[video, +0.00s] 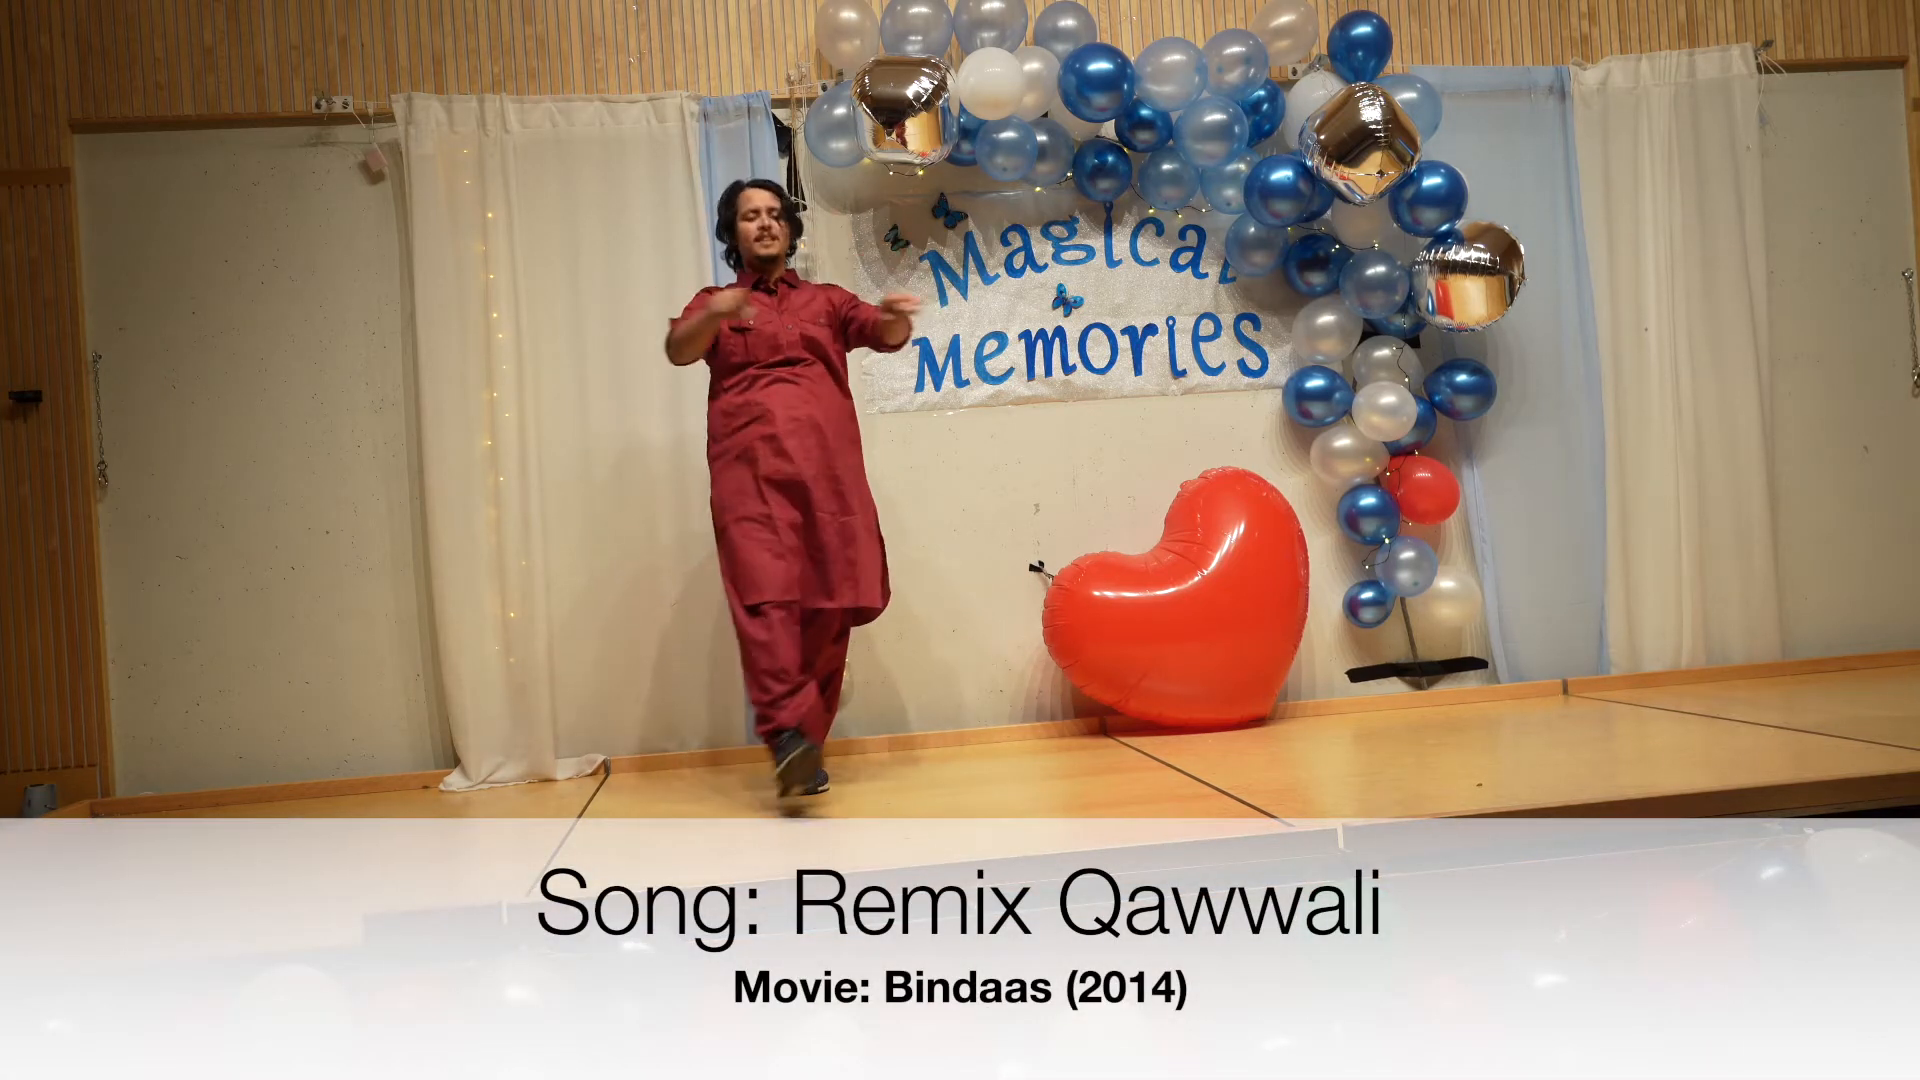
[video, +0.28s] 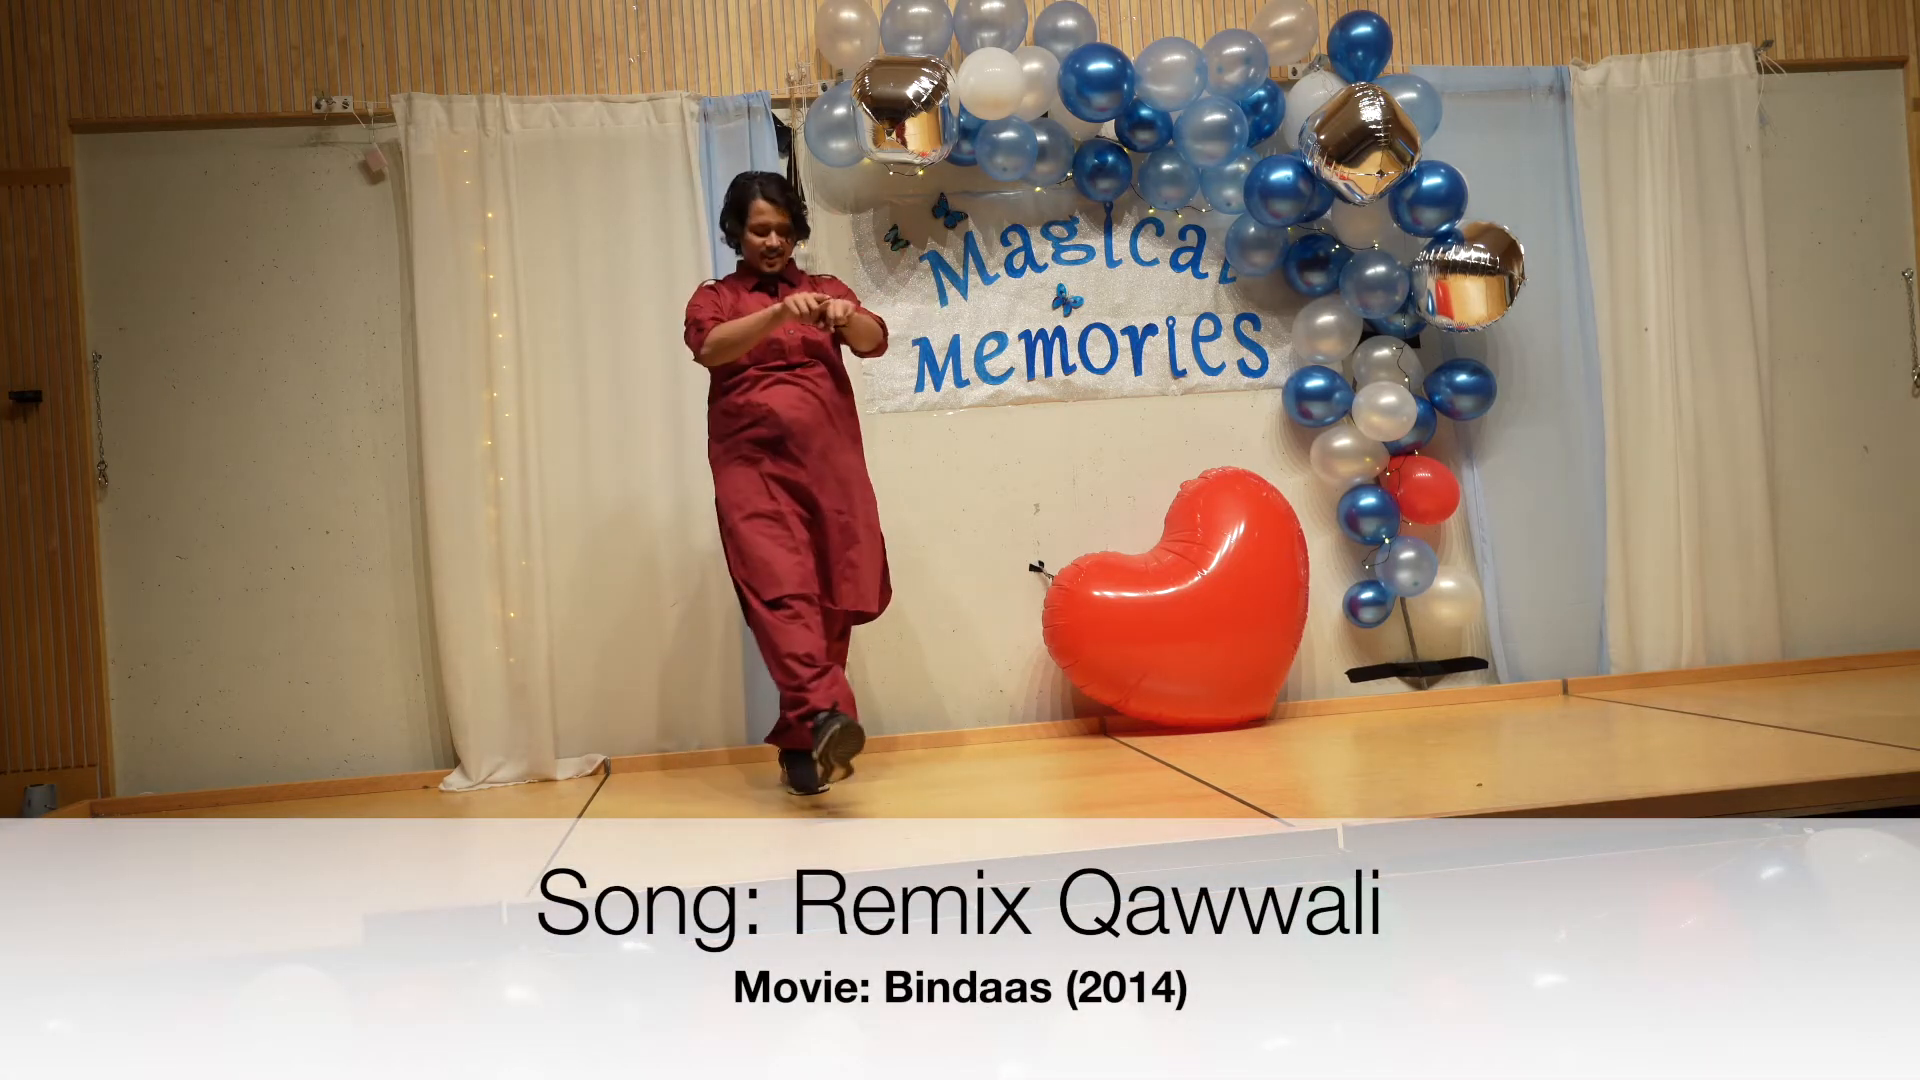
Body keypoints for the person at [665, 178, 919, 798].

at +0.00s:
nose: (764, 224)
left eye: (773, 215)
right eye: (752, 217)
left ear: (791, 229)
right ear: (732, 235)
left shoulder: (826, 299)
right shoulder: (714, 303)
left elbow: (888, 335)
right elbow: (678, 353)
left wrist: (895, 318)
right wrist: (714, 313)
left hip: (827, 471)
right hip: (750, 476)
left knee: (827, 606)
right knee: (767, 602)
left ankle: (808, 742)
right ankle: (791, 742)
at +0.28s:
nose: (771, 241)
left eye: (781, 229)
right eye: (758, 230)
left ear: (798, 230)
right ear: (735, 233)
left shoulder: (826, 288)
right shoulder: (713, 299)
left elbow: (874, 342)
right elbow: (710, 350)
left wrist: (843, 316)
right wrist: (780, 311)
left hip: (831, 466)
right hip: (752, 469)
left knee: (831, 600)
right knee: (780, 593)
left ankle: (800, 744)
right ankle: (826, 718)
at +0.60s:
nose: (781, 239)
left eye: (792, 227)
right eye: (769, 227)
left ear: (808, 224)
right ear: (744, 224)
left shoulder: (833, 282)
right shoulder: (718, 292)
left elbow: (886, 344)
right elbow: (718, 359)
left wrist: (853, 321)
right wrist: (788, 322)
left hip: (835, 478)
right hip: (757, 485)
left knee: (831, 614)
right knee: (776, 619)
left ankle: (806, 746)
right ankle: (811, 756)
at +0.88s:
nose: (795, 230)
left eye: (806, 217)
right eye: (782, 217)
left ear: (822, 211)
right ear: (757, 212)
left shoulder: (846, 273)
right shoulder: (726, 278)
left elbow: (891, 336)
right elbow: (710, 364)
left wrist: (870, 347)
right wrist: (795, 354)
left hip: (844, 475)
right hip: (767, 479)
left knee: (839, 613)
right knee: (782, 620)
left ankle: (816, 748)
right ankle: (815, 760)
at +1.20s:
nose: (810, 176)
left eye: (823, 167)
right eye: (797, 165)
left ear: (838, 184)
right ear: (773, 178)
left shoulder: (860, 256)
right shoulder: (738, 261)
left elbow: (906, 303)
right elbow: (696, 350)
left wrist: (913, 250)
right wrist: (768, 376)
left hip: (859, 464)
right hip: (775, 470)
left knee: (868, 605)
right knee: (787, 613)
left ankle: (839, 734)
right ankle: (817, 762)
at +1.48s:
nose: (835, 191)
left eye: (851, 181)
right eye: (824, 175)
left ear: (869, 187)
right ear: (799, 175)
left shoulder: (884, 253)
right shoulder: (759, 253)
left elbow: (954, 269)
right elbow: (707, 341)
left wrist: (949, 182)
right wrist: (772, 376)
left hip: (882, 461)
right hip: (794, 473)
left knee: (922, 607)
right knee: (801, 627)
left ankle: (962, 752)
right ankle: (822, 767)